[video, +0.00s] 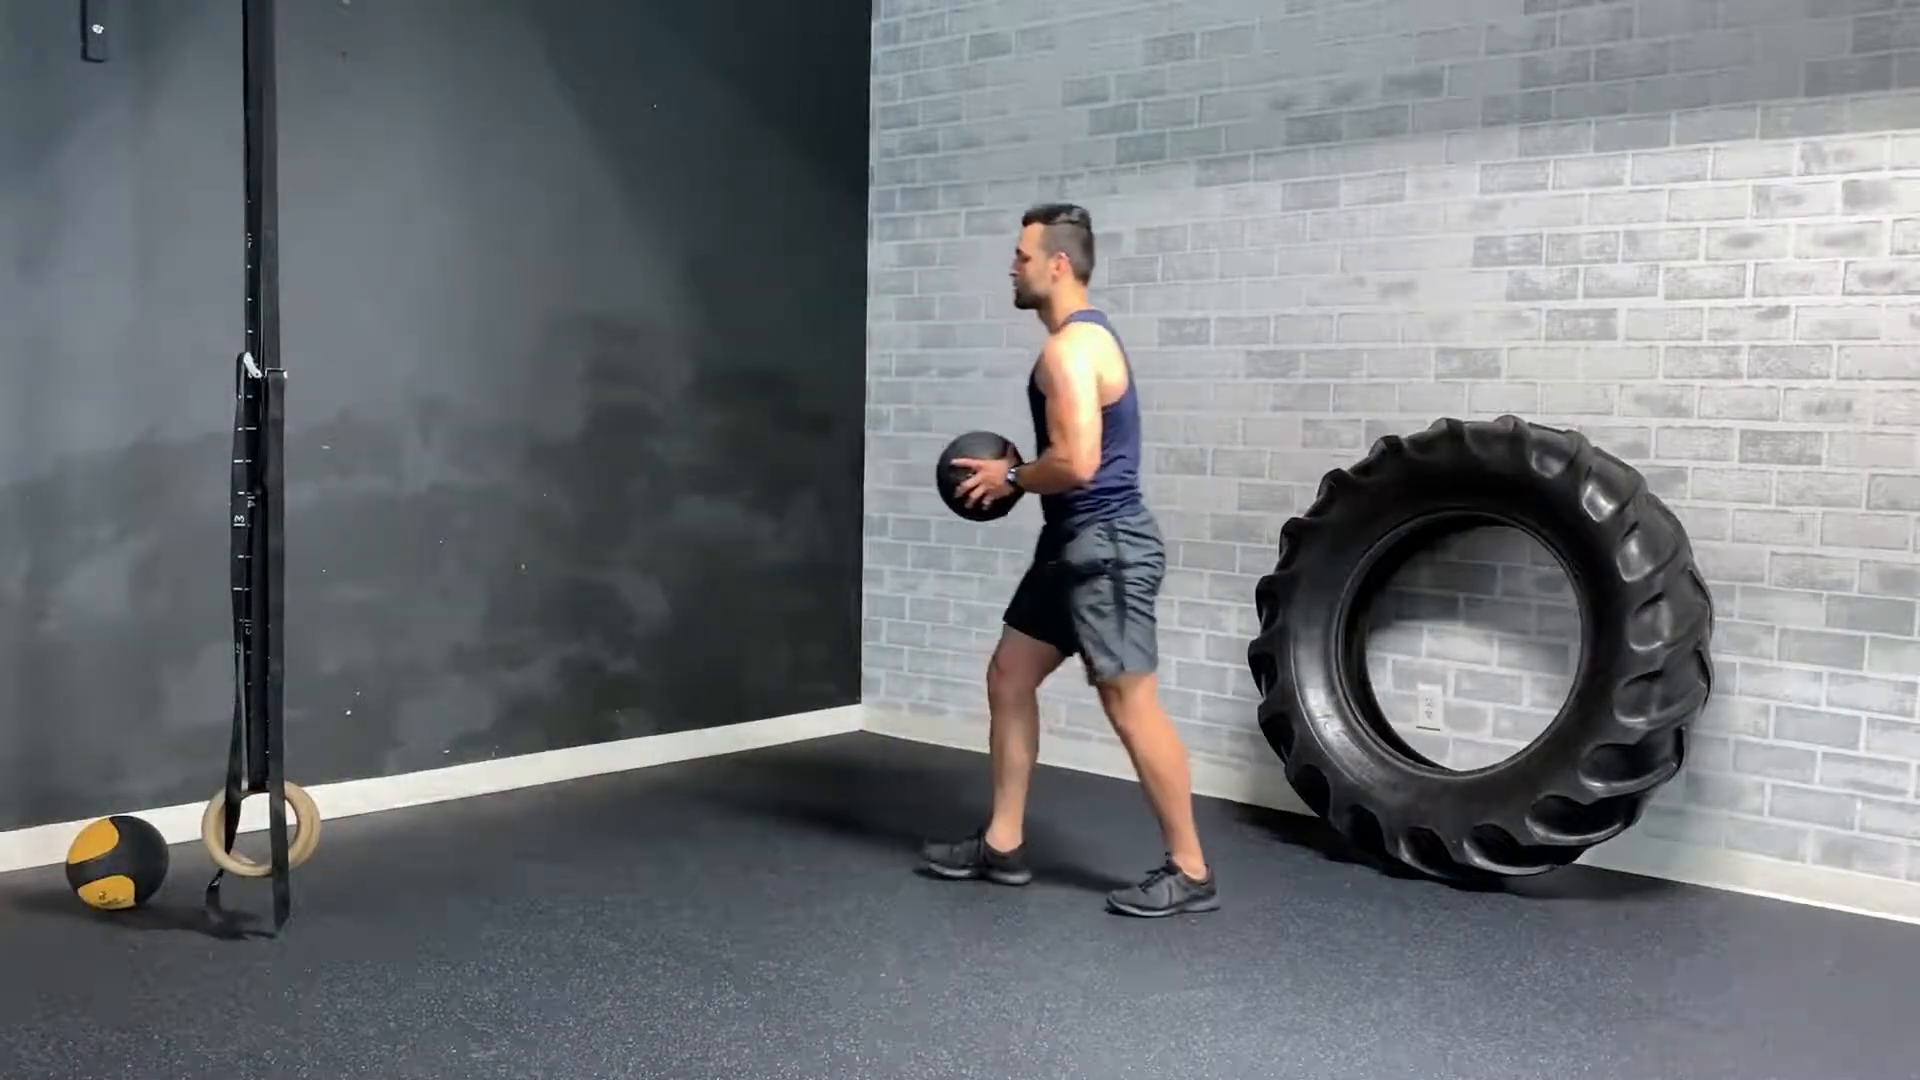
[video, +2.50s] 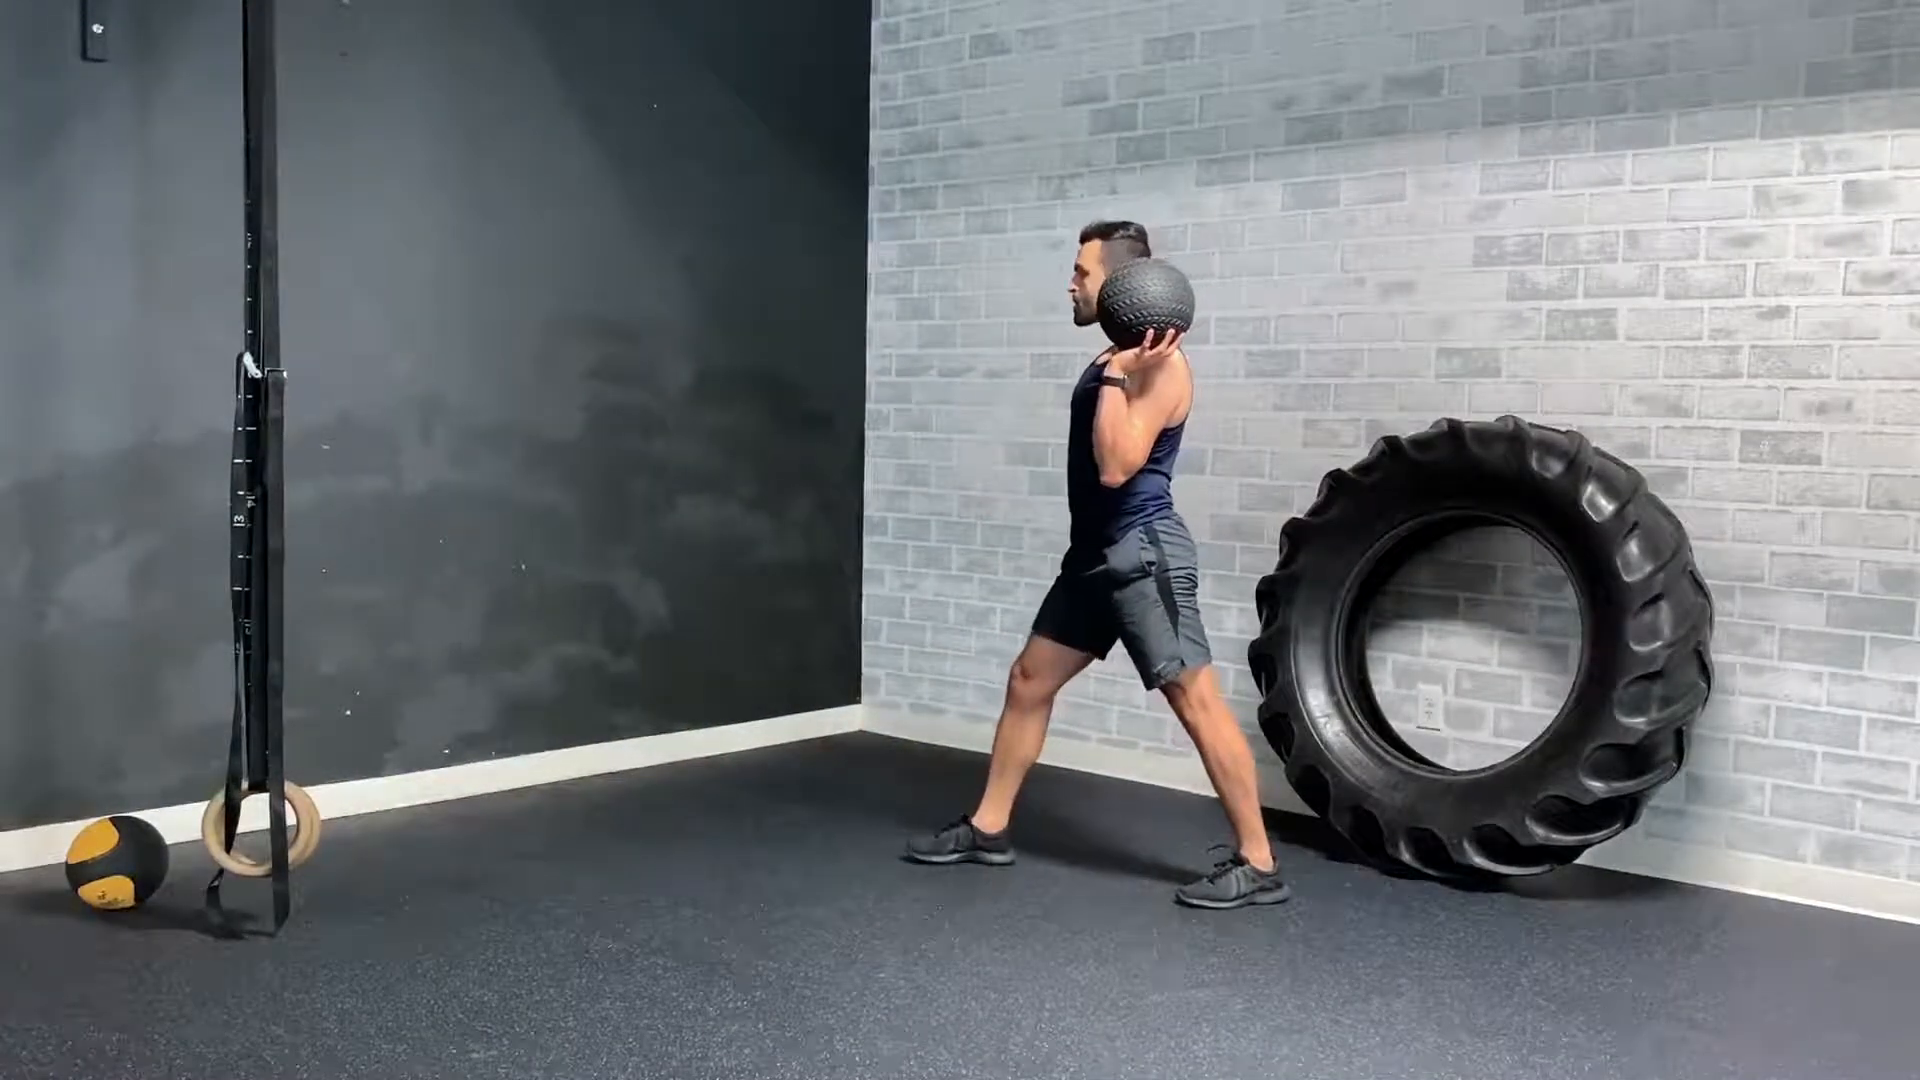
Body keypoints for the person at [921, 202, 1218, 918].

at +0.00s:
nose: (1012, 269)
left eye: (1022, 257)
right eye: (1015, 256)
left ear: (1060, 266)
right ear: (1065, 268)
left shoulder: (1069, 349)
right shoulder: (1090, 340)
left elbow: (1077, 464)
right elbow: (1085, 458)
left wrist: (1013, 478)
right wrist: (1013, 471)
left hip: (1107, 543)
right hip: (1076, 545)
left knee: (1131, 701)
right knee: (1009, 680)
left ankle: (1190, 869)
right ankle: (1002, 847)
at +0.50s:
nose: (1045, 275)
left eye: (1054, 262)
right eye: (1046, 262)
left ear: (1094, 264)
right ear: (1094, 267)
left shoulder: (1112, 346)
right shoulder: (1118, 340)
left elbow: (1134, 453)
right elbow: (1123, 453)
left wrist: (1058, 477)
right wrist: (1052, 474)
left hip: (1133, 543)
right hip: (1098, 540)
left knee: (1152, 701)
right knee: (1036, 679)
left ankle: (1195, 868)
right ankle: (991, 829)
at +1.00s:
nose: (980, 277)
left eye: (990, 265)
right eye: (983, 265)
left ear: (1026, 272)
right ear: (1027, 273)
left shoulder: (1045, 342)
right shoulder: (1035, 345)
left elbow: (982, 439)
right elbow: (981, 451)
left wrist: (915, 424)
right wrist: (910, 429)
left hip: (1092, 532)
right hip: (1047, 545)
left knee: (1158, 676)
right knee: (989, 675)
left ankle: (1253, 832)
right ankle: (973, 835)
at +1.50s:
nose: (1074, 282)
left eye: (1083, 269)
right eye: (1074, 270)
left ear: (1120, 278)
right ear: (1116, 283)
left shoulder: (1142, 357)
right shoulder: (1099, 346)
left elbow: (1059, 431)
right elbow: (1004, 341)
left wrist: (1026, 353)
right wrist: (1011, 279)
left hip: (1145, 551)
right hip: (1090, 553)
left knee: (1194, 702)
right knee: (1025, 680)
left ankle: (1258, 863)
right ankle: (975, 837)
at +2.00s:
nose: (1098, 292)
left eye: (1109, 281)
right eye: (1099, 280)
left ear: (1150, 286)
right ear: (1136, 288)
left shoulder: (1185, 372)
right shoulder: (1128, 361)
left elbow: (1122, 463)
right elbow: (1095, 458)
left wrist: (1121, 377)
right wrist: (1025, 448)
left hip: (1143, 556)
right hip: (1089, 551)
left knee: (1183, 706)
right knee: (1023, 682)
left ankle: (1257, 861)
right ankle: (974, 835)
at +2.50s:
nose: (1072, 286)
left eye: (1083, 274)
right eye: (1075, 274)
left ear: (1126, 282)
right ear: (1115, 284)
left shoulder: (1164, 366)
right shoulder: (1118, 357)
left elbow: (1118, 464)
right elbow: (1104, 475)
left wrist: (1113, 380)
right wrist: (1086, 550)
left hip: (1146, 554)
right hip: (1097, 556)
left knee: (1198, 702)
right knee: (1029, 683)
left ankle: (1258, 861)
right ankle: (989, 828)